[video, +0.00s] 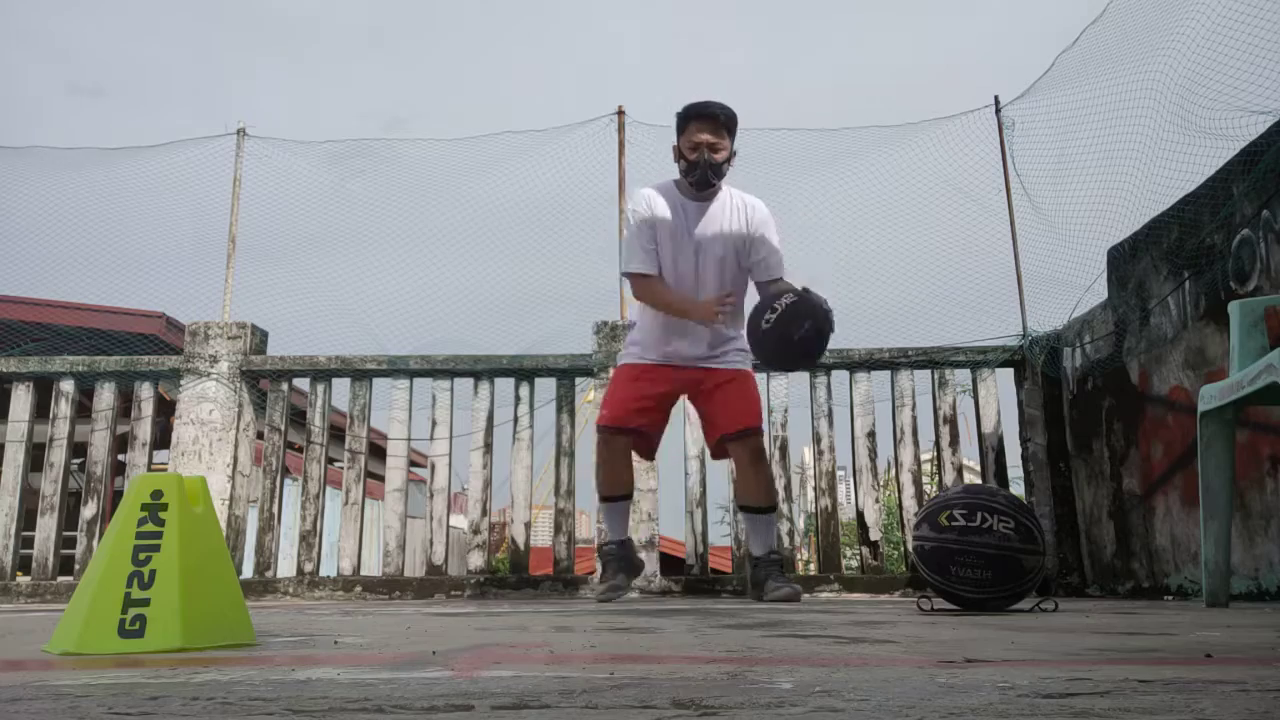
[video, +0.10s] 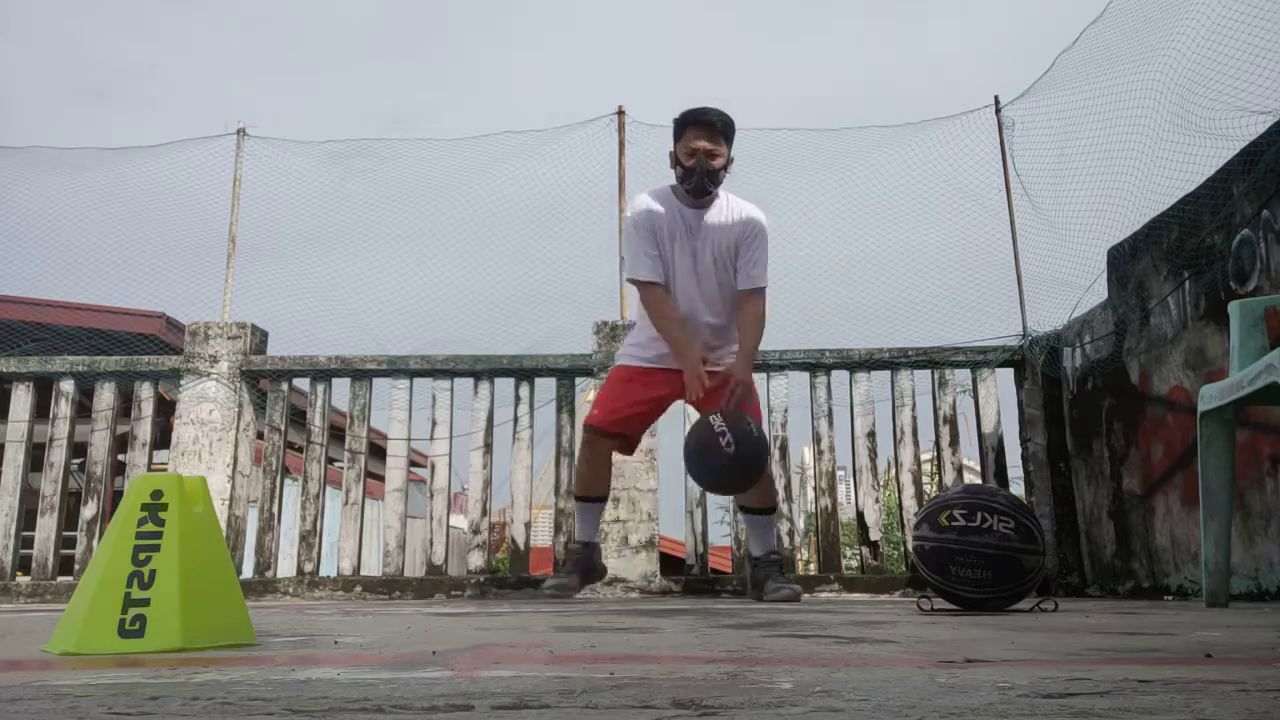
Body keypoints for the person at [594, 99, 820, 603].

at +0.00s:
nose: (705, 154)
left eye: (715, 146)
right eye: (695, 145)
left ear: (731, 152)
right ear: (678, 149)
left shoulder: (751, 213)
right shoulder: (649, 204)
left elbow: (775, 287)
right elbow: (641, 284)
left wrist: (797, 308)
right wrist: (697, 309)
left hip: (725, 358)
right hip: (651, 356)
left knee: (750, 442)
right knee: (612, 431)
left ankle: (766, 566)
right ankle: (619, 557)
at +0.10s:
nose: (702, 162)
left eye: (712, 154)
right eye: (692, 153)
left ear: (728, 161)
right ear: (675, 157)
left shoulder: (747, 221)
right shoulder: (647, 212)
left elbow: (751, 300)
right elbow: (651, 293)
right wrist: (686, 352)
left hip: (722, 358)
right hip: (651, 353)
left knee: (749, 450)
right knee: (597, 432)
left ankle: (766, 566)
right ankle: (585, 555)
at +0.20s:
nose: (688, 166)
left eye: (699, 158)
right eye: (678, 157)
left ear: (715, 166)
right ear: (661, 162)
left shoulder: (732, 226)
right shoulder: (632, 220)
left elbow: (729, 311)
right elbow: (630, 305)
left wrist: (708, 376)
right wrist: (639, 378)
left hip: (711, 369)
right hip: (641, 371)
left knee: (747, 451)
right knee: (586, 454)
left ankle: (766, 567)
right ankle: (556, 567)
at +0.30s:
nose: (661, 174)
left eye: (673, 164)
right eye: (651, 164)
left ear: (691, 171)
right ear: (637, 169)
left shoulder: (712, 230)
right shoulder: (608, 232)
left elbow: (719, 315)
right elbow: (590, 310)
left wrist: (695, 376)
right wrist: (569, 379)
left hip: (700, 371)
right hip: (625, 372)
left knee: (735, 452)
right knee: (574, 443)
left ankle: (765, 568)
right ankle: (557, 568)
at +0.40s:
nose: (639, 173)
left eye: (651, 164)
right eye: (629, 162)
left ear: (668, 170)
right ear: (613, 167)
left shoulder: (695, 228)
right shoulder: (592, 228)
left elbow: (722, 308)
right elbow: (566, 300)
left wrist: (705, 368)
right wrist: (524, 336)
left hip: (687, 372)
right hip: (613, 373)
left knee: (724, 455)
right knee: (564, 446)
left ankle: (763, 568)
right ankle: (556, 569)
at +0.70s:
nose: (644, 171)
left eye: (656, 161)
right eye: (634, 159)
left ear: (675, 168)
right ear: (618, 162)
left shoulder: (700, 230)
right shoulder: (588, 228)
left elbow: (727, 308)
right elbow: (569, 308)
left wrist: (744, 375)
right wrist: (560, 360)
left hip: (682, 358)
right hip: (605, 365)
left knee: (715, 427)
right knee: (557, 451)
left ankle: (761, 555)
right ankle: (556, 567)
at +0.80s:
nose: (674, 181)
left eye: (686, 171)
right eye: (663, 169)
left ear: (703, 179)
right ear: (645, 173)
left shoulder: (721, 245)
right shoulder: (610, 238)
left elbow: (734, 332)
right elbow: (600, 328)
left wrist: (748, 410)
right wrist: (612, 402)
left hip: (691, 367)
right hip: (622, 374)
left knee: (719, 428)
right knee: (563, 468)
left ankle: (762, 563)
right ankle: (557, 570)